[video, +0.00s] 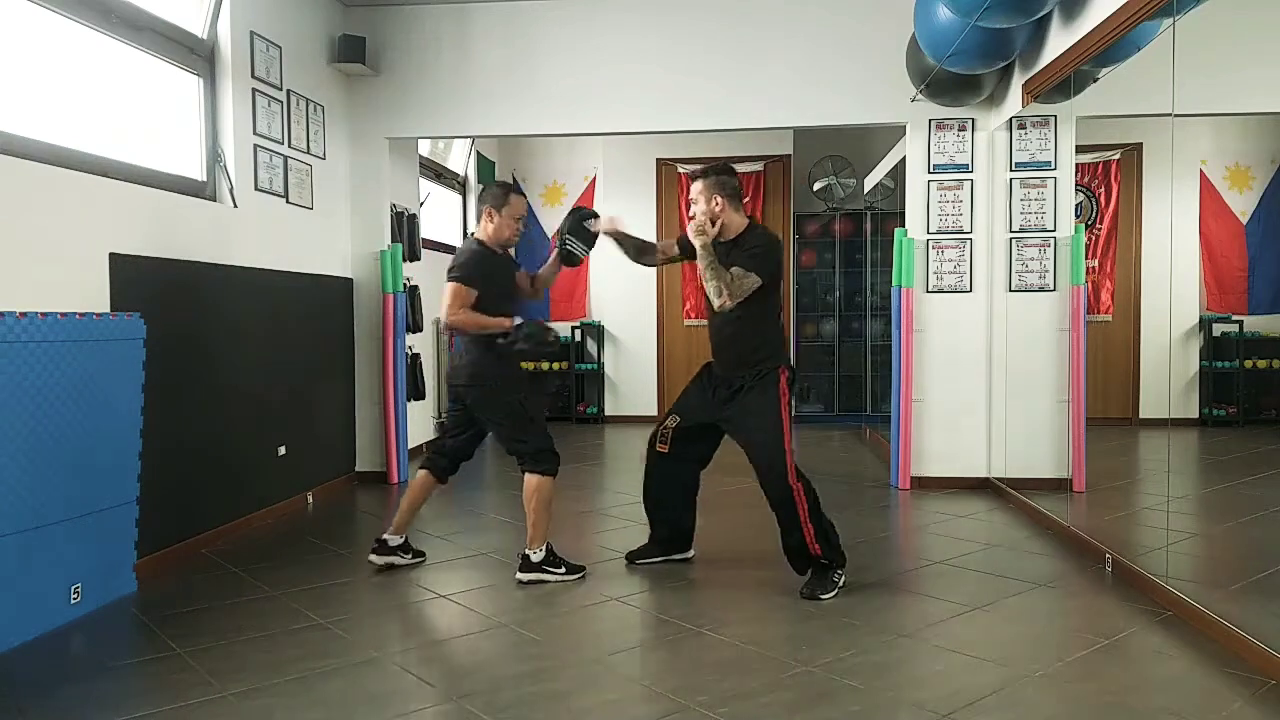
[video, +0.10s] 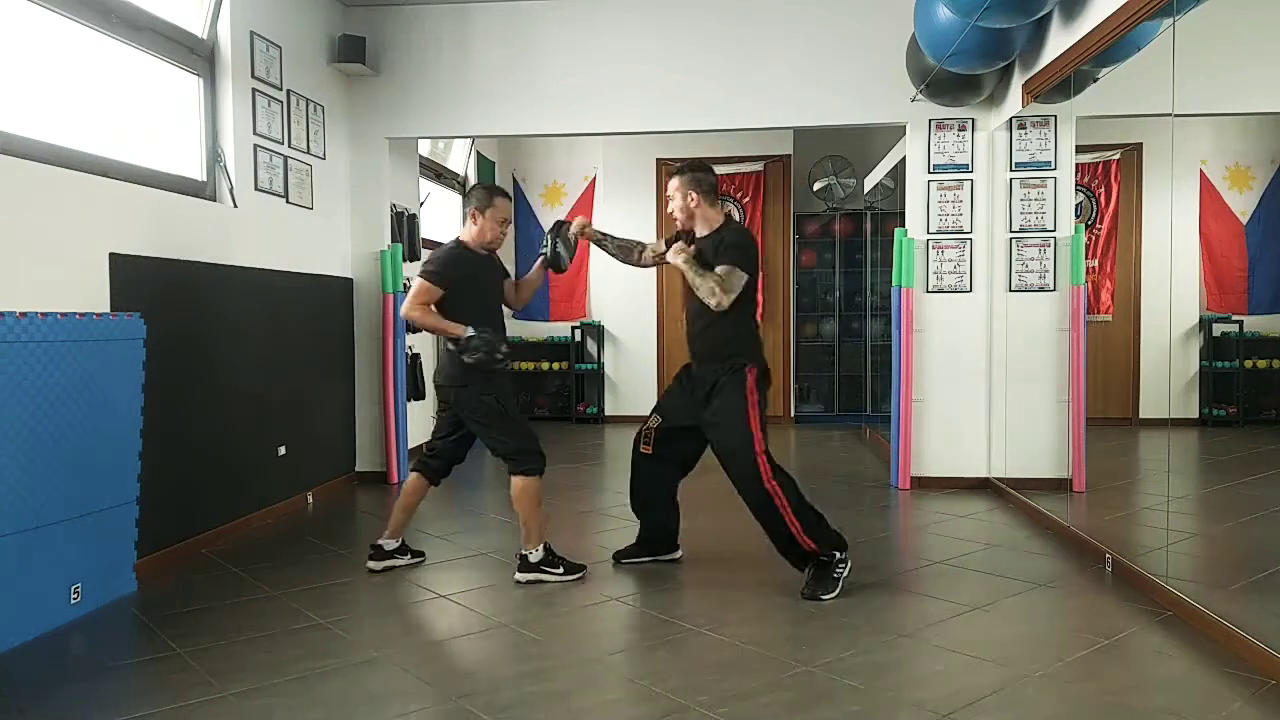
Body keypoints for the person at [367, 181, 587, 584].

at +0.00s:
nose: (521, 228)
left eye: (523, 221)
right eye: (516, 220)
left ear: (495, 218)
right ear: (489, 216)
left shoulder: (500, 259)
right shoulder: (472, 257)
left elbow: (535, 287)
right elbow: (453, 314)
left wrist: (563, 252)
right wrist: (511, 323)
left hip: (472, 376)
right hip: (487, 376)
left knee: (443, 456)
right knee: (541, 458)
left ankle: (391, 540)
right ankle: (537, 556)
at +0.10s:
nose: (506, 231)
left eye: (508, 224)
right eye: (500, 223)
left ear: (485, 221)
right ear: (474, 217)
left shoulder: (490, 261)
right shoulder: (448, 258)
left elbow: (517, 300)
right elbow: (413, 309)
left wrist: (545, 260)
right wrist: (467, 332)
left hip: (467, 380)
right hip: (471, 382)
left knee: (432, 461)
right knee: (527, 457)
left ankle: (388, 545)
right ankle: (535, 556)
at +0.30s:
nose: (494, 223)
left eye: (496, 216)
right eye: (489, 214)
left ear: (475, 213)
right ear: (462, 209)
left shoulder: (477, 255)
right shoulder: (443, 239)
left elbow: (510, 285)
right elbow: (393, 264)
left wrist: (536, 249)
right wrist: (437, 272)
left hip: (442, 368)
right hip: (464, 369)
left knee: (422, 457)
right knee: (504, 456)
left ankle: (386, 545)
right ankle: (488, 558)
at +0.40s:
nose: (488, 220)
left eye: (490, 213)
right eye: (484, 212)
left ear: (461, 208)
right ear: (461, 207)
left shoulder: (462, 251)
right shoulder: (443, 236)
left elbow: (489, 286)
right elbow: (455, 242)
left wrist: (521, 250)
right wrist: (501, 209)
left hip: (432, 366)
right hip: (456, 367)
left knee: (428, 449)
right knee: (494, 459)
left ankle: (388, 537)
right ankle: (487, 559)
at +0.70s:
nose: (466, 229)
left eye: (468, 222)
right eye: (463, 219)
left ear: (438, 214)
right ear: (442, 213)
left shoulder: (417, 246)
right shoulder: (431, 237)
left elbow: (444, 295)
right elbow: (453, 250)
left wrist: (472, 284)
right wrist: (490, 209)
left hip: (405, 360)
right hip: (435, 360)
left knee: (397, 454)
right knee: (475, 458)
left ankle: (366, 541)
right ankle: (485, 558)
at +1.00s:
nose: (443, 220)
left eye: (446, 214)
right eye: (438, 212)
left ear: (415, 212)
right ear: (412, 209)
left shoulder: (416, 250)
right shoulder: (401, 234)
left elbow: (433, 306)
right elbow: (419, 244)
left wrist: (464, 273)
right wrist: (464, 210)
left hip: (404, 363)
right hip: (413, 364)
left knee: (401, 452)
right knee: (445, 459)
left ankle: (365, 541)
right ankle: (435, 561)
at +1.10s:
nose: (436, 220)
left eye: (437, 213)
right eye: (429, 212)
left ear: (420, 212)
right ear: (401, 209)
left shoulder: (424, 251)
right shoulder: (388, 245)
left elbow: (458, 284)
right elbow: (382, 290)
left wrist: (486, 257)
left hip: (419, 371)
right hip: (410, 373)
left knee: (401, 454)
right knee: (446, 460)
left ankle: (362, 539)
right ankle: (436, 561)